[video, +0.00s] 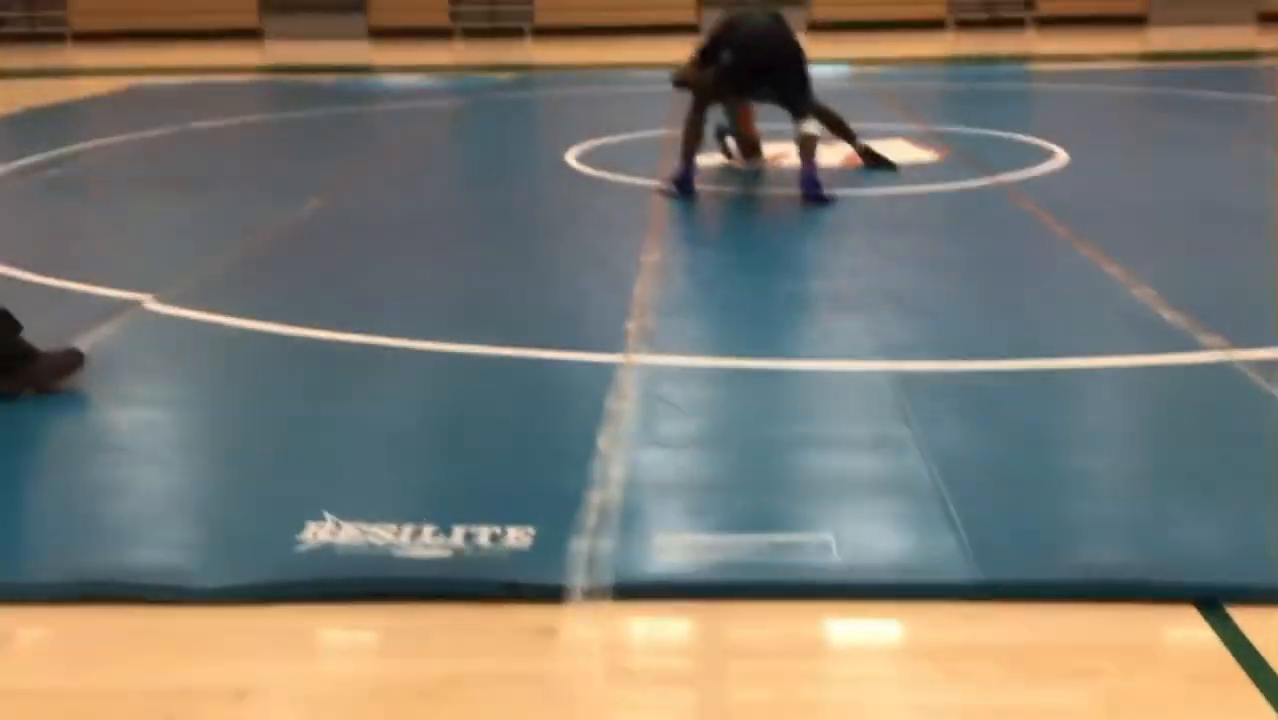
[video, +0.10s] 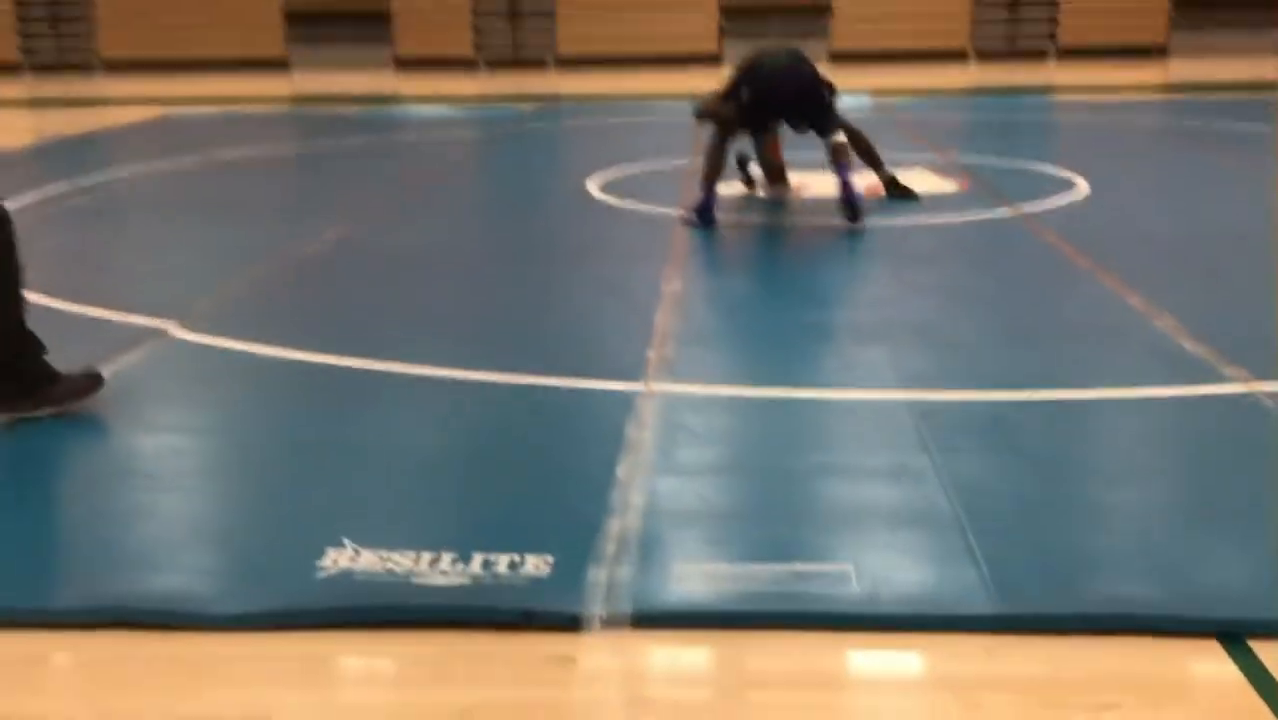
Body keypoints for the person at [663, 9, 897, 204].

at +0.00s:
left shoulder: (729, 27)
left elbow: (692, 74)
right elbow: (818, 111)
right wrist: (859, 147)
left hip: (737, 69)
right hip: (782, 55)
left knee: (697, 109)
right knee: (806, 112)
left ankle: (686, 176)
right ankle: (810, 180)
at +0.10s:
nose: (719, 127)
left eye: (718, 122)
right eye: (716, 124)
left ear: (721, 108)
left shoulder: (735, 99)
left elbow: (717, 149)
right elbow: (849, 135)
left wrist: (707, 200)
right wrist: (885, 176)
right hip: (798, 71)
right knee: (837, 131)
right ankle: (846, 189)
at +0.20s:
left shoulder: (754, 113)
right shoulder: (821, 101)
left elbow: (727, 150)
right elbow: (856, 149)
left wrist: (741, 182)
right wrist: (886, 190)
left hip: (770, 97)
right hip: (811, 91)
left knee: (723, 155)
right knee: (844, 142)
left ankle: (707, 218)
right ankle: (884, 199)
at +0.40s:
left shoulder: (751, 153)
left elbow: (707, 190)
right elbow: (756, 210)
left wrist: (725, 242)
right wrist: (759, 243)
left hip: (780, 171)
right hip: (818, 165)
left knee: (721, 211)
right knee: (848, 216)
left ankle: (695, 275)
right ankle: (880, 261)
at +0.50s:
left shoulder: (713, 179)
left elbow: (692, 219)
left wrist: (701, 261)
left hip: (746, 176)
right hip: (784, 172)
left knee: (690, 230)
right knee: (819, 231)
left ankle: (669, 293)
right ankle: (853, 279)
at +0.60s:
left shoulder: (712, 189)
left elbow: (680, 233)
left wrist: (701, 281)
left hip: (739, 200)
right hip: (776, 194)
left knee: (686, 252)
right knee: (814, 253)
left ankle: (669, 318)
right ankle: (854, 305)